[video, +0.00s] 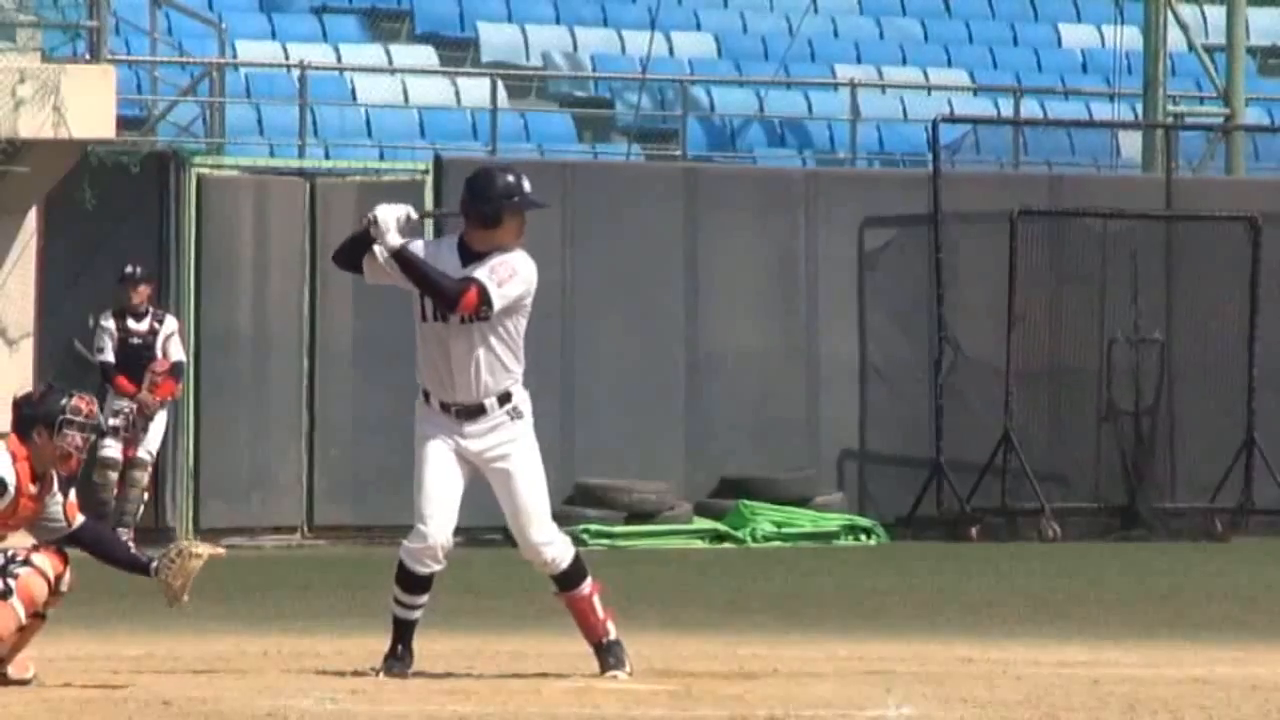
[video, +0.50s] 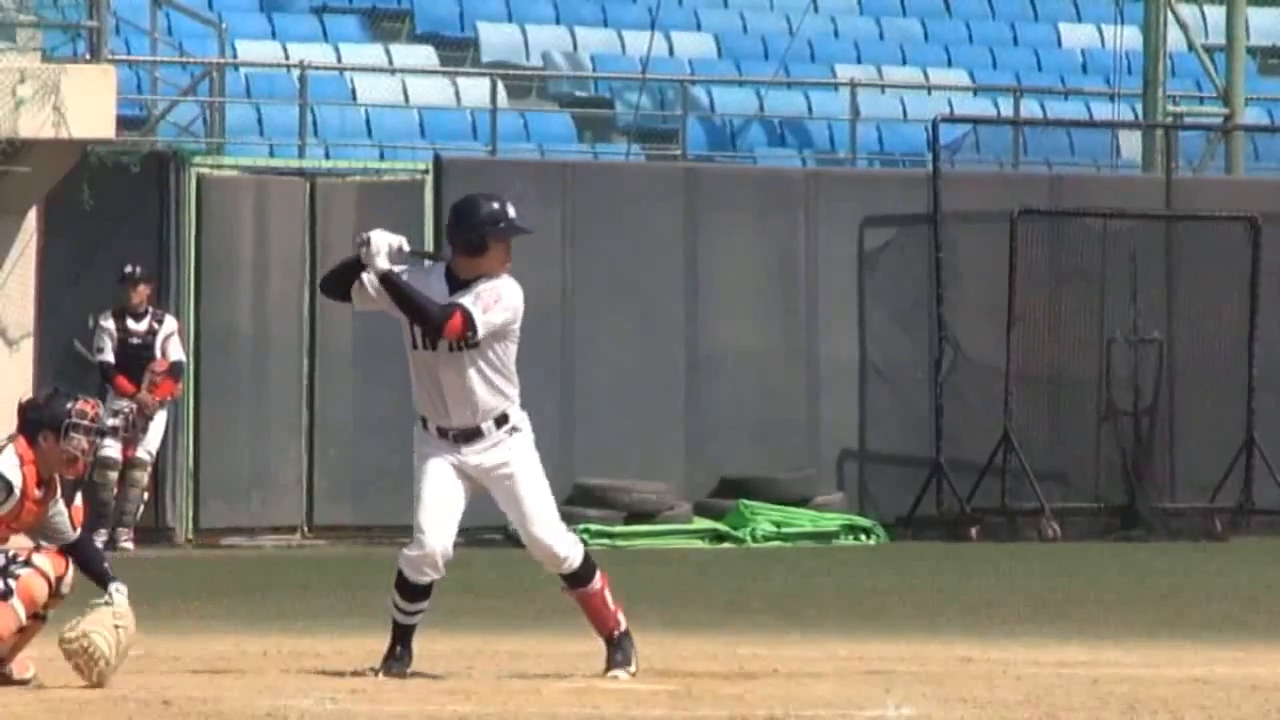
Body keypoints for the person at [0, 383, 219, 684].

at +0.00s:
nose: (77, 442)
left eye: (81, 433)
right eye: (69, 432)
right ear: (39, 434)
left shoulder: (46, 478)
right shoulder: (6, 470)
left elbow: (83, 530)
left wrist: (151, 565)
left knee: (52, 568)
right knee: (29, 578)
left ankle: (4, 661)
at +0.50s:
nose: (83, 446)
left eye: (87, 437)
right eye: (75, 436)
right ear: (45, 438)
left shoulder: (45, 480)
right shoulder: (8, 477)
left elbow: (73, 540)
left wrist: (110, 583)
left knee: (57, 569)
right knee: (33, 578)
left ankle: (4, 662)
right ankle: (4, 659)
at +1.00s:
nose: (91, 443)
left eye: (93, 434)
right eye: (82, 434)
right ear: (52, 437)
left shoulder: (52, 477)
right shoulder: (11, 475)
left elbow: (79, 540)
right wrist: (13, 549)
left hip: (5, 557)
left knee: (62, 572)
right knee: (33, 582)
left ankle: (5, 660)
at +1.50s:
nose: (97, 412)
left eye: (98, 403)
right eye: (87, 404)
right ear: (59, 410)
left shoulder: (80, 464)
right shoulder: (14, 446)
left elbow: (129, 518)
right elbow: (1, 495)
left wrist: (217, 519)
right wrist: (17, 499)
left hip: (11, 594)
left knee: (120, 662)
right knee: (34, 553)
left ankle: (13, 667)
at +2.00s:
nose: (80, 312)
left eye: (80, 302)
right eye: (74, 302)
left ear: (50, 307)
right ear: (52, 307)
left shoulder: (45, 356)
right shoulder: (14, 354)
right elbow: (35, 444)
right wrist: (101, 489)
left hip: (8, 509)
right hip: (3, 509)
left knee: (84, 586)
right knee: (25, 566)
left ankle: (9, 653)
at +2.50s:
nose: (112, 224)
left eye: (112, 214)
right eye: (106, 213)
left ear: (82, 215)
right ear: (82, 214)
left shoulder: (62, 265)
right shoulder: (36, 256)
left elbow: (32, 353)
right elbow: (3, 335)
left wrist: (55, 418)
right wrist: (13, 406)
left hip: (16, 418)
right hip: (3, 419)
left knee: (20, 535)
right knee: (55, 516)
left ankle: (17, 651)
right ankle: (35, 656)